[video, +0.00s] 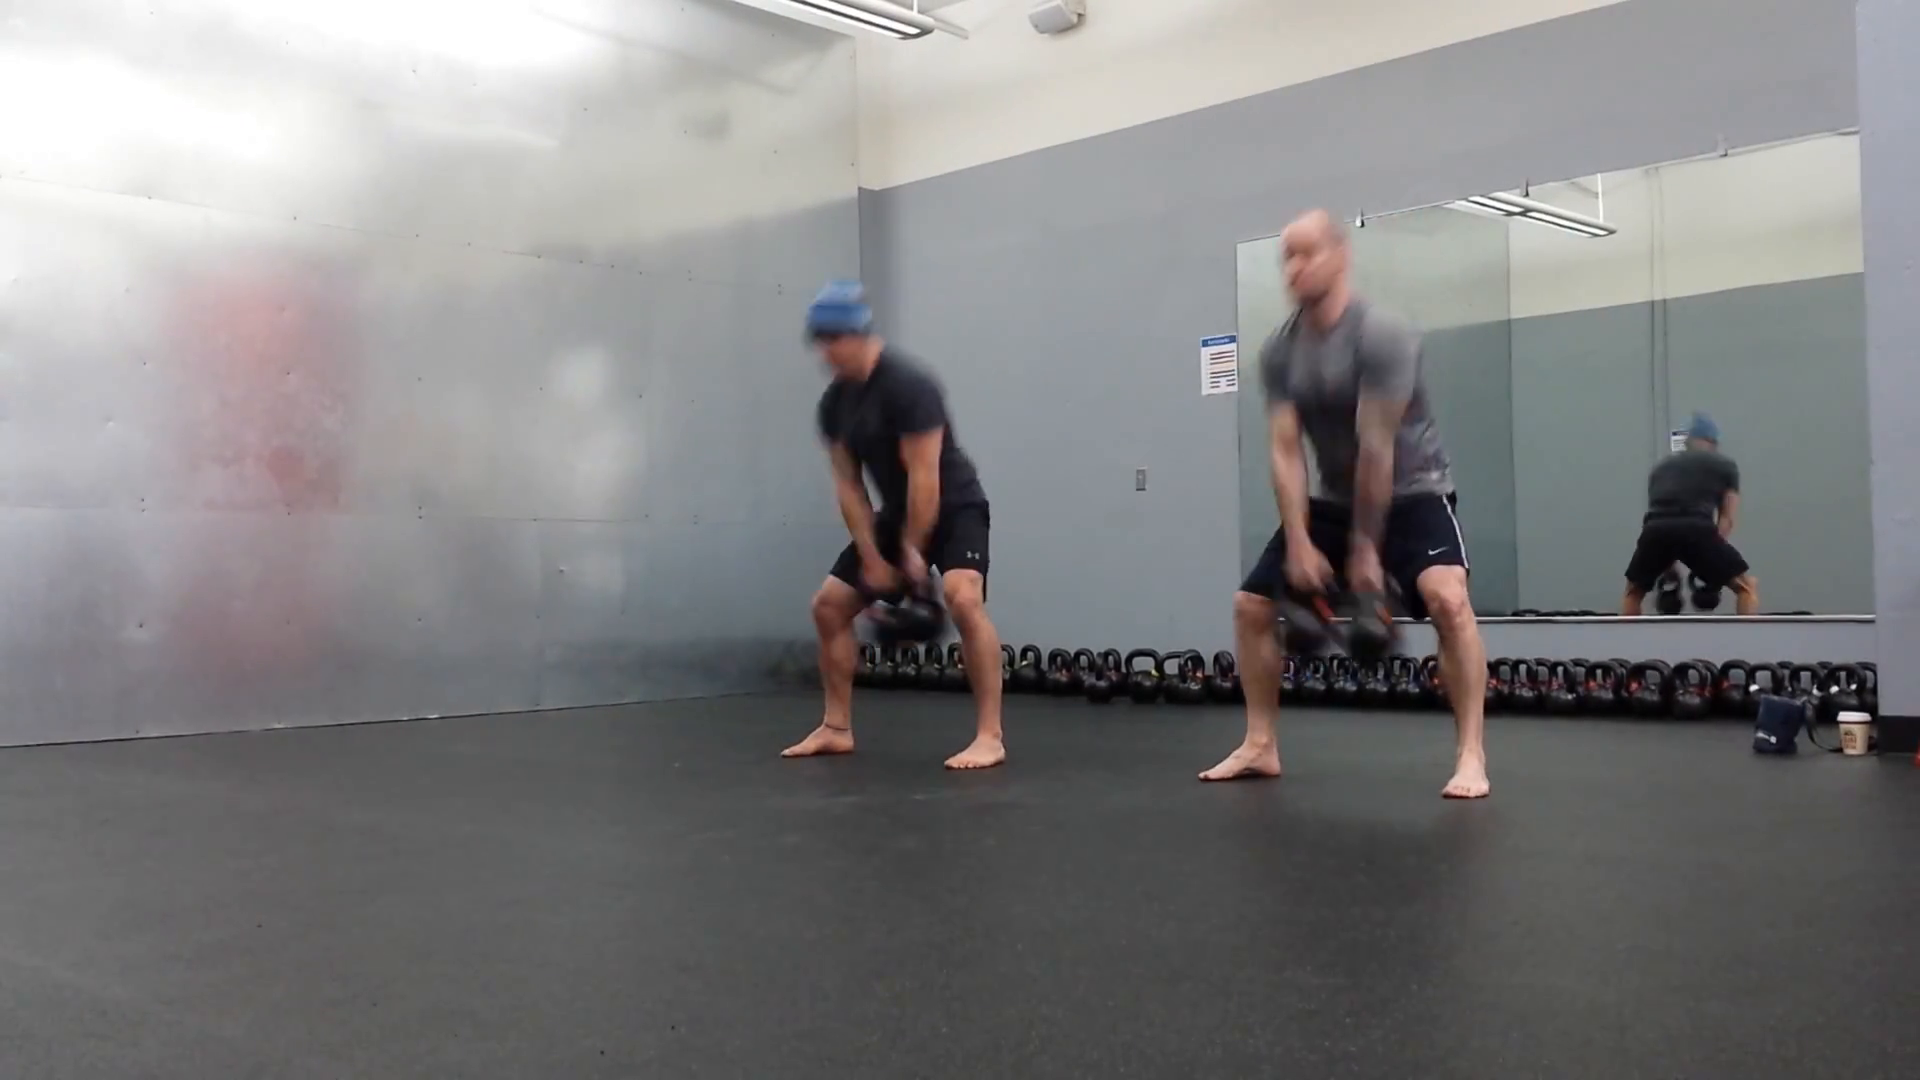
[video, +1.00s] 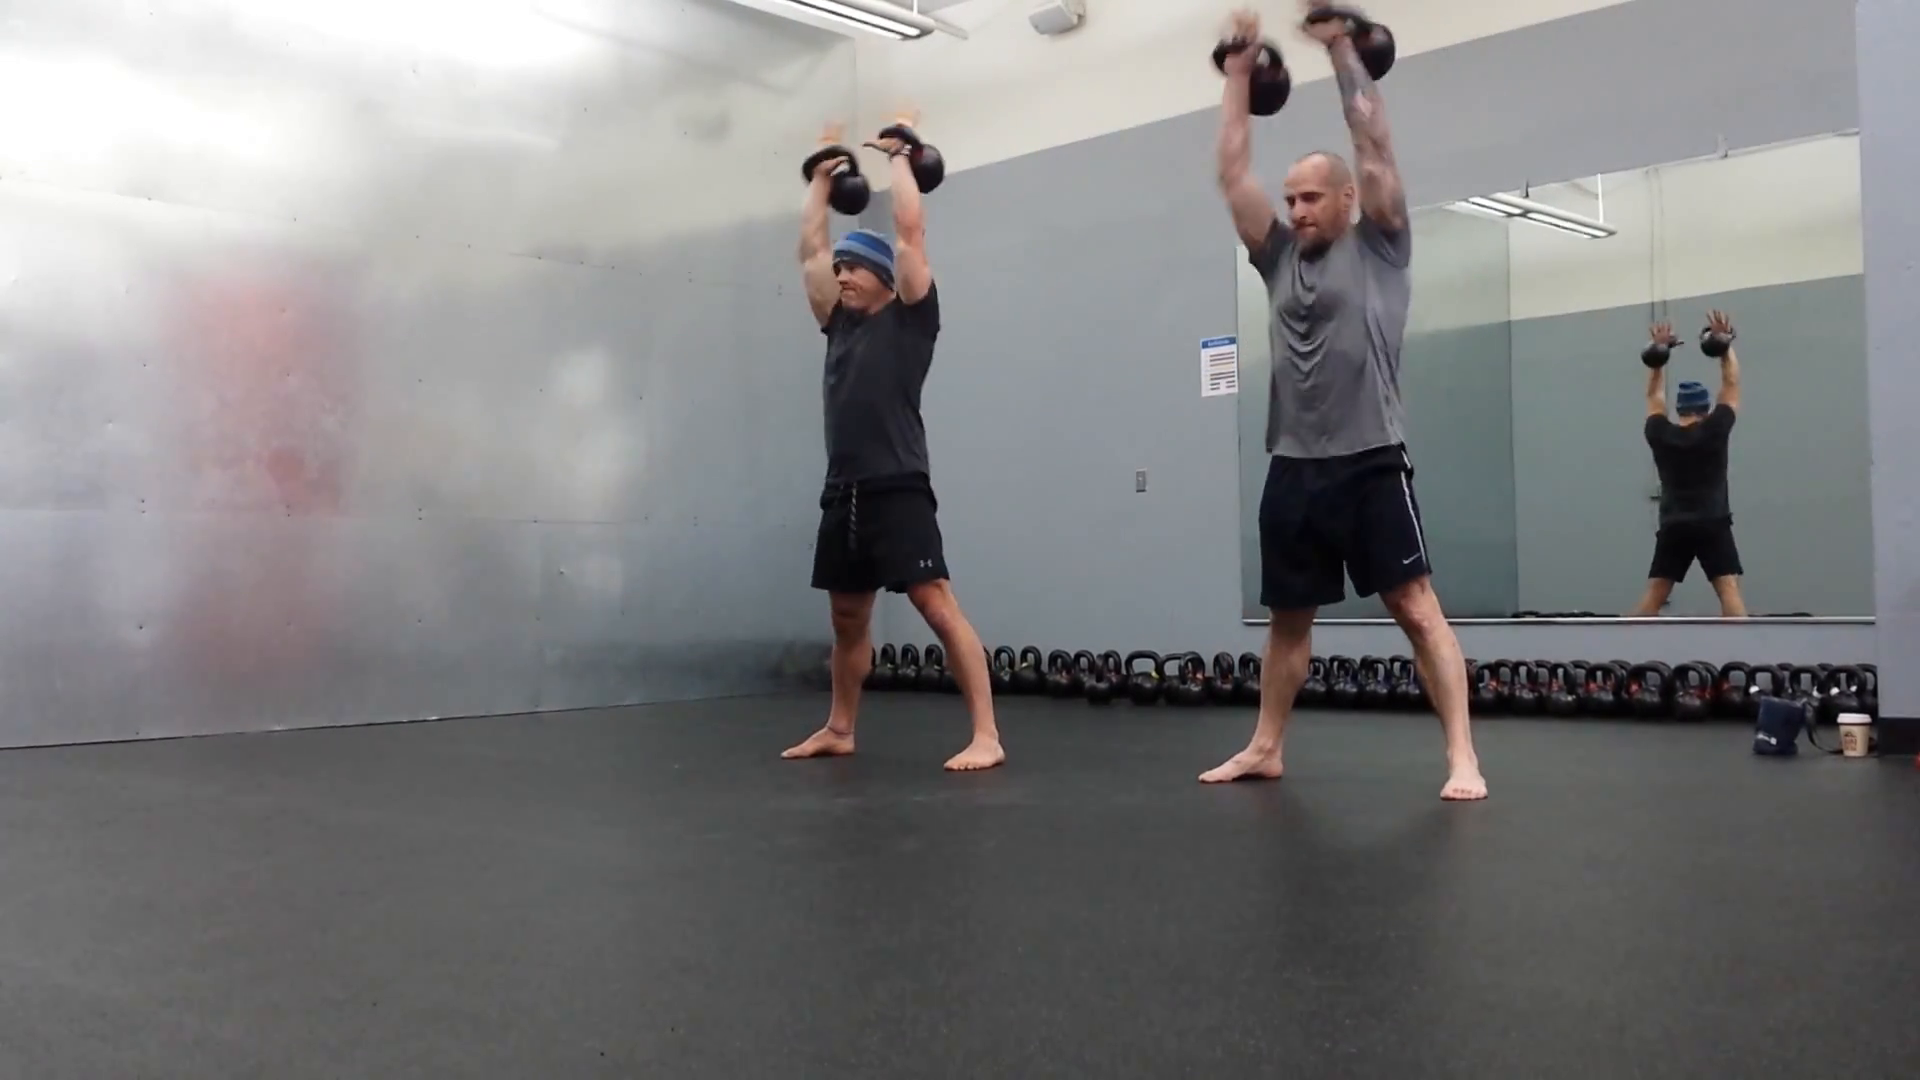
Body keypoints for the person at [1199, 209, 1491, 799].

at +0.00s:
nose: (1293, 267)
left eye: (1306, 253)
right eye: (1287, 257)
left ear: (1341, 255)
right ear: (1283, 267)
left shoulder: (1384, 336)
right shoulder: (1281, 349)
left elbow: (1377, 448)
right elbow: (1285, 449)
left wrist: (1365, 546)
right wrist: (1297, 541)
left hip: (1413, 500)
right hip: (1335, 501)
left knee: (1447, 599)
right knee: (1252, 605)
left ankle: (1471, 756)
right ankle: (1260, 744)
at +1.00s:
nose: (1298, 209)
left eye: (1309, 197)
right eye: (1294, 200)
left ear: (1346, 198)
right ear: (1288, 208)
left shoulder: (1380, 248)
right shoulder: (1280, 257)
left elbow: (1376, 146)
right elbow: (1232, 171)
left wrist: (1340, 48)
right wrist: (1238, 71)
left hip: (1373, 461)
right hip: (1293, 466)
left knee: (1415, 607)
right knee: (1288, 617)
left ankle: (1462, 759)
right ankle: (1265, 747)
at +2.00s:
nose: (1343, 203)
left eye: (1358, 193)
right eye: (1338, 196)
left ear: (1394, 210)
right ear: (1332, 215)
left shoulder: (1417, 283)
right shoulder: (1315, 291)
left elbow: (1391, 329)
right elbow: (1256, 348)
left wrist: (1369, 255)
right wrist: (1269, 265)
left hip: (1375, 473)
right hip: (1299, 473)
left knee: (1416, 611)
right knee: (1288, 616)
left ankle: (1462, 757)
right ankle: (1265, 746)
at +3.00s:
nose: (1335, 206)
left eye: (1349, 194)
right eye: (1329, 197)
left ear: (1385, 204)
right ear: (1324, 209)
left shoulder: (1416, 279)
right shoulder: (1308, 284)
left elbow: (1401, 353)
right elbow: (1270, 378)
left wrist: (1340, 296)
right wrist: (1262, 310)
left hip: (1387, 467)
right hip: (1311, 470)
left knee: (1421, 610)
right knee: (1288, 613)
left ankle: (1464, 758)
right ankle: (1265, 747)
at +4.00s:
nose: (1331, 222)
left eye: (1344, 210)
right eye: (1324, 214)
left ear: (1379, 217)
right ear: (1318, 226)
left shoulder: (1411, 296)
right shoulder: (1308, 308)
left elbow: (1380, 383)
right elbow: (1288, 391)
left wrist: (1340, 460)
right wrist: (1271, 470)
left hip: (1401, 471)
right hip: (1327, 471)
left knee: (1437, 596)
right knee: (1270, 598)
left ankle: (1468, 755)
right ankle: (1262, 742)